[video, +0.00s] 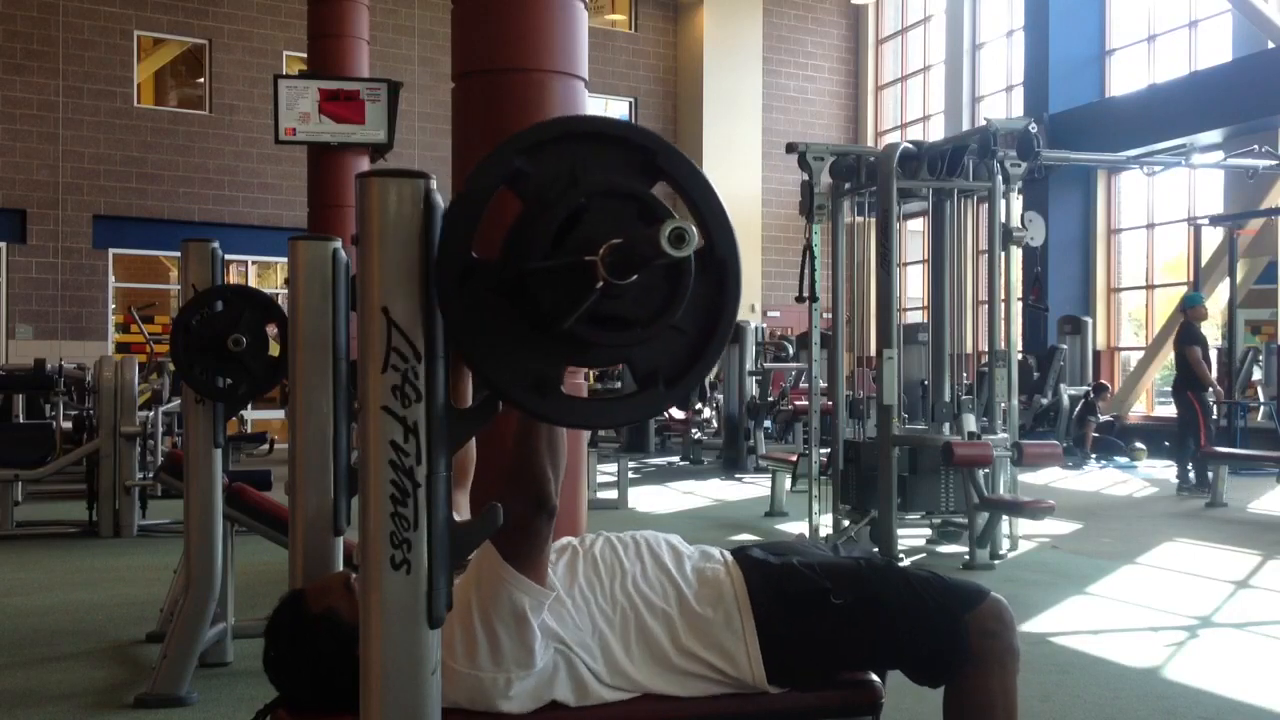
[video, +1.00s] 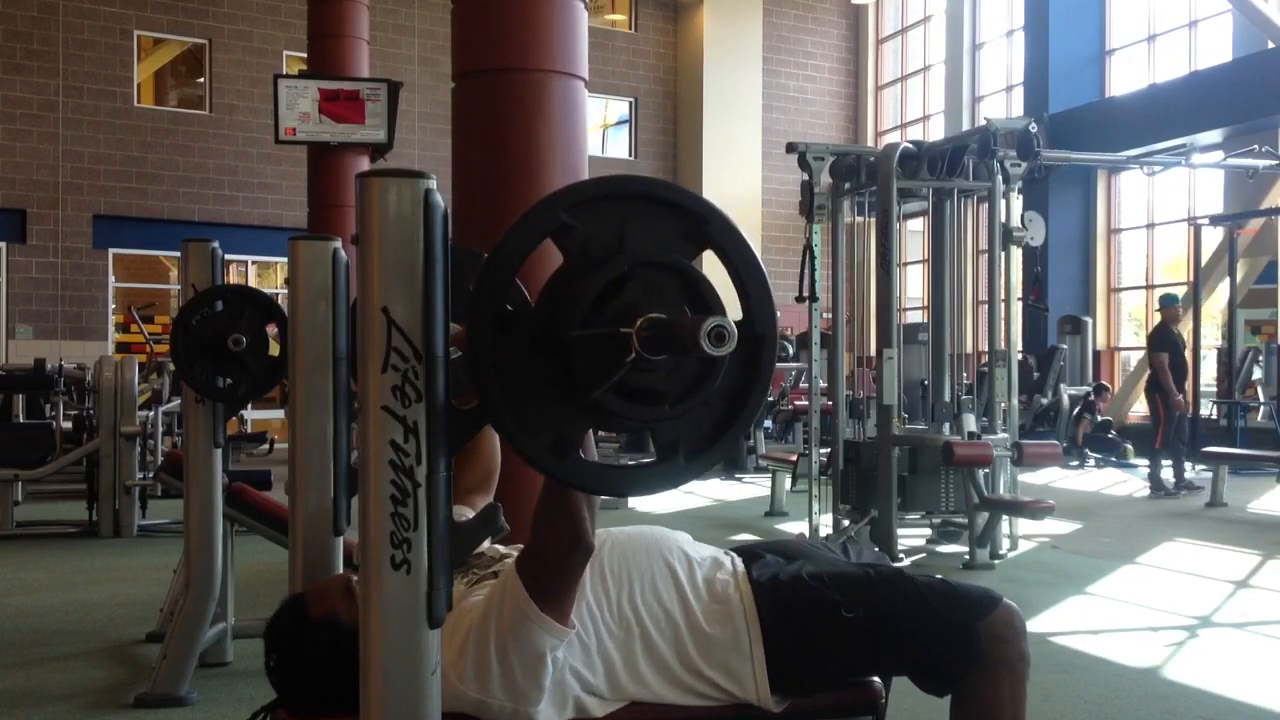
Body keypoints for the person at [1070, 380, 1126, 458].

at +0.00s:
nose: (1109, 396)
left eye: (1109, 393)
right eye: (1108, 393)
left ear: (1098, 393)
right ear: (1101, 393)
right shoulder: (1092, 406)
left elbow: (1097, 420)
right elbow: (1089, 431)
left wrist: (1111, 417)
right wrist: (1087, 451)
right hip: (1081, 439)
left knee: (1111, 423)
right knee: (1120, 447)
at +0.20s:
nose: (1109, 397)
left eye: (1109, 394)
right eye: (1107, 394)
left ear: (1098, 393)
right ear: (1101, 394)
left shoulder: (1092, 404)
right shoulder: (1092, 406)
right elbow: (1088, 430)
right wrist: (1085, 450)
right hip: (1079, 440)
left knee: (1108, 422)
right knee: (1115, 443)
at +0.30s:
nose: (1109, 396)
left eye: (1109, 394)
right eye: (1107, 394)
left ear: (1099, 393)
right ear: (1101, 393)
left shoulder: (1095, 405)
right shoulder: (1092, 406)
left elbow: (1107, 422)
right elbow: (1088, 429)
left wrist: (1124, 431)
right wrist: (1085, 450)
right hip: (1079, 441)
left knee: (1107, 423)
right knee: (1113, 442)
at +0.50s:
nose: (1108, 397)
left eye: (1108, 394)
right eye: (1106, 394)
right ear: (1099, 394)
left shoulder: (1097, 406)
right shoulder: (1090, 406)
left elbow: (1109, 422)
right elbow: (1084, 429)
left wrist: (1120, 435)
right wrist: (1080, 448)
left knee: (1107, 423)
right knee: (1113, 441)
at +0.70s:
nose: (1107, 395)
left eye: (1107, 393)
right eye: (1105, 393)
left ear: (1099, 393)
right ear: (1098, 392)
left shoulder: (1095, 404)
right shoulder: (1089, 404)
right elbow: (1081, 426)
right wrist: (1079, 446)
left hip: (1088, 432)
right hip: (1082, 438)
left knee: (1110, 423)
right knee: (1106, 438)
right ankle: (1130, 450)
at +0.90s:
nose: (1108, 396)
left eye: (1108, 394)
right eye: (1107, 393)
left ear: (1099, 393)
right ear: (1100, 393)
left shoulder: (1095, 404)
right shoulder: (1090, 404)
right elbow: (1081, 427)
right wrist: (1079, 447)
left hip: (1088, 432)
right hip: (1082, 438)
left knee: (1109, 422)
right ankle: (1124, 450)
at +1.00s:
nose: (1110, 397)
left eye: (1109, 394)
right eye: (1108, 394)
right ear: (1102, 394)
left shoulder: (1096, 406)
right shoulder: (1091, 405)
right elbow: (1081, 426)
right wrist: (1079, 445)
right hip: (1083, 438)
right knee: (1116, 444)